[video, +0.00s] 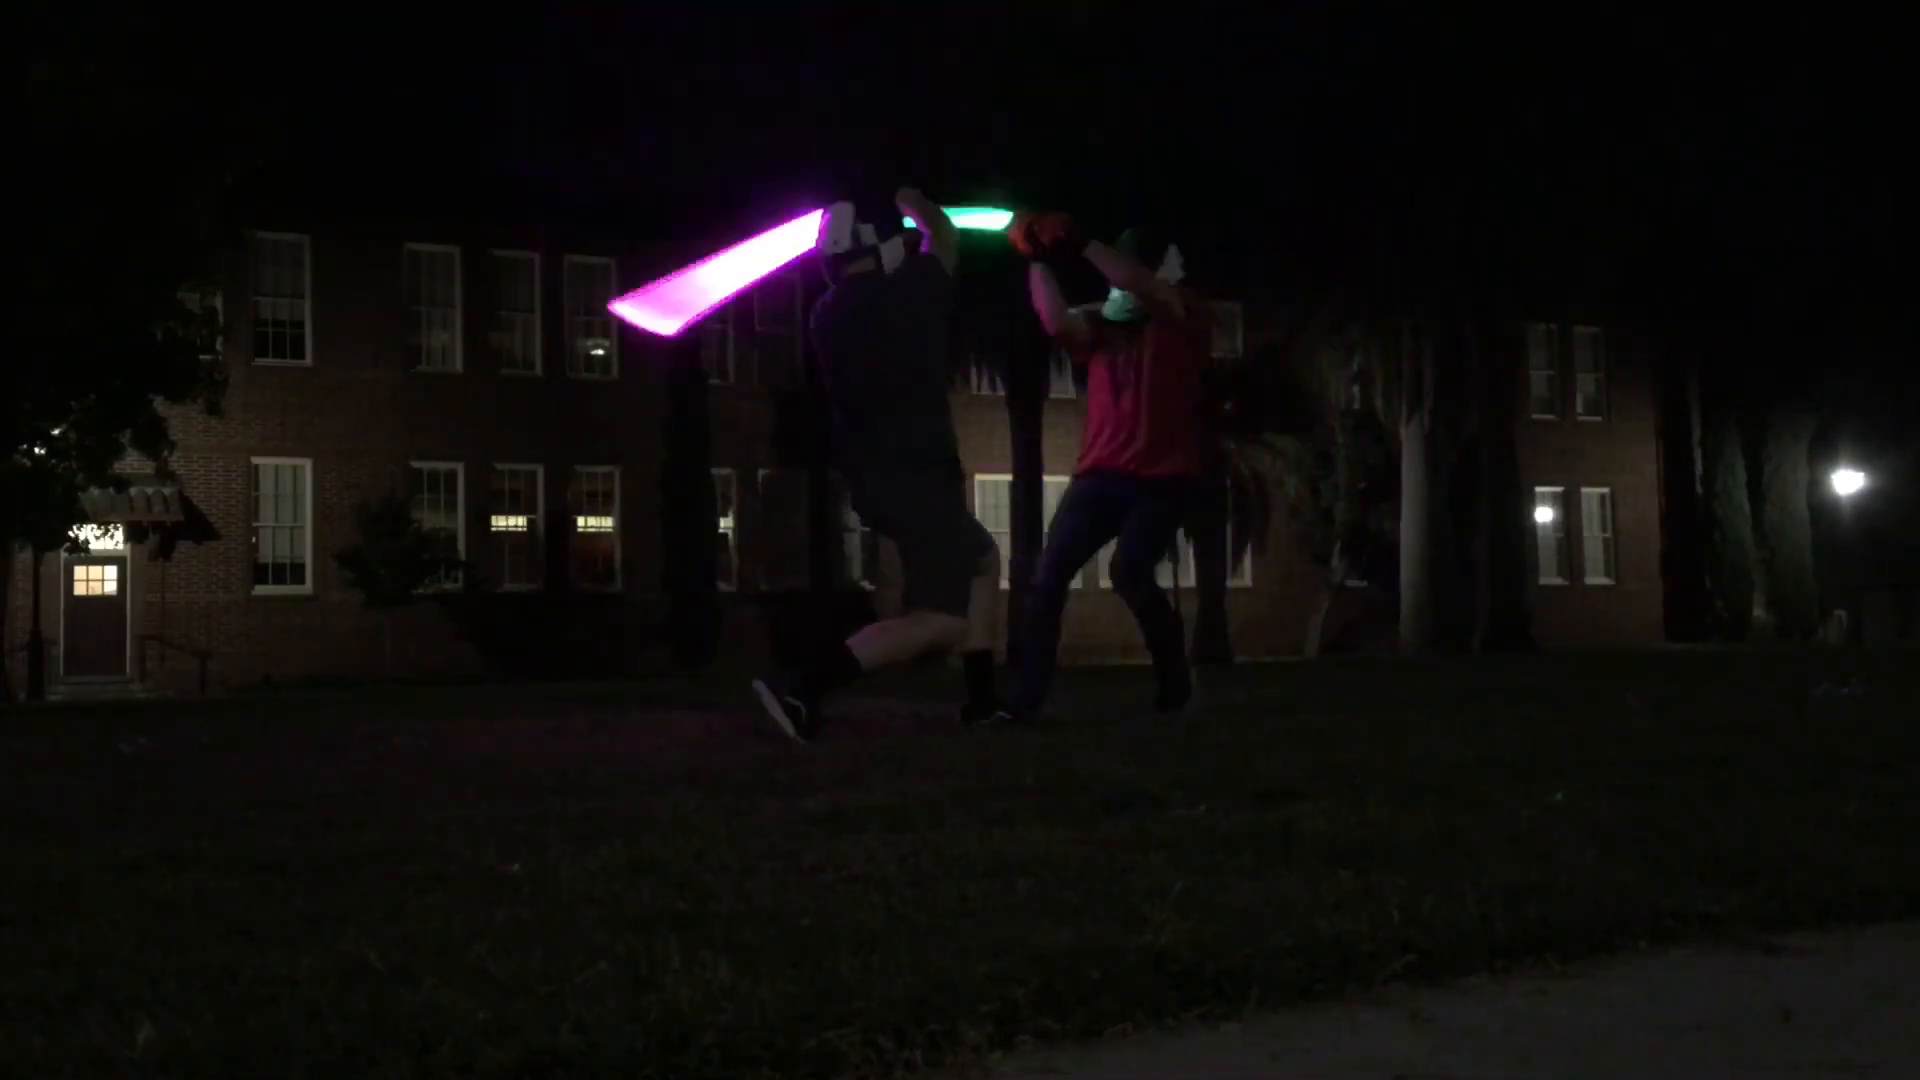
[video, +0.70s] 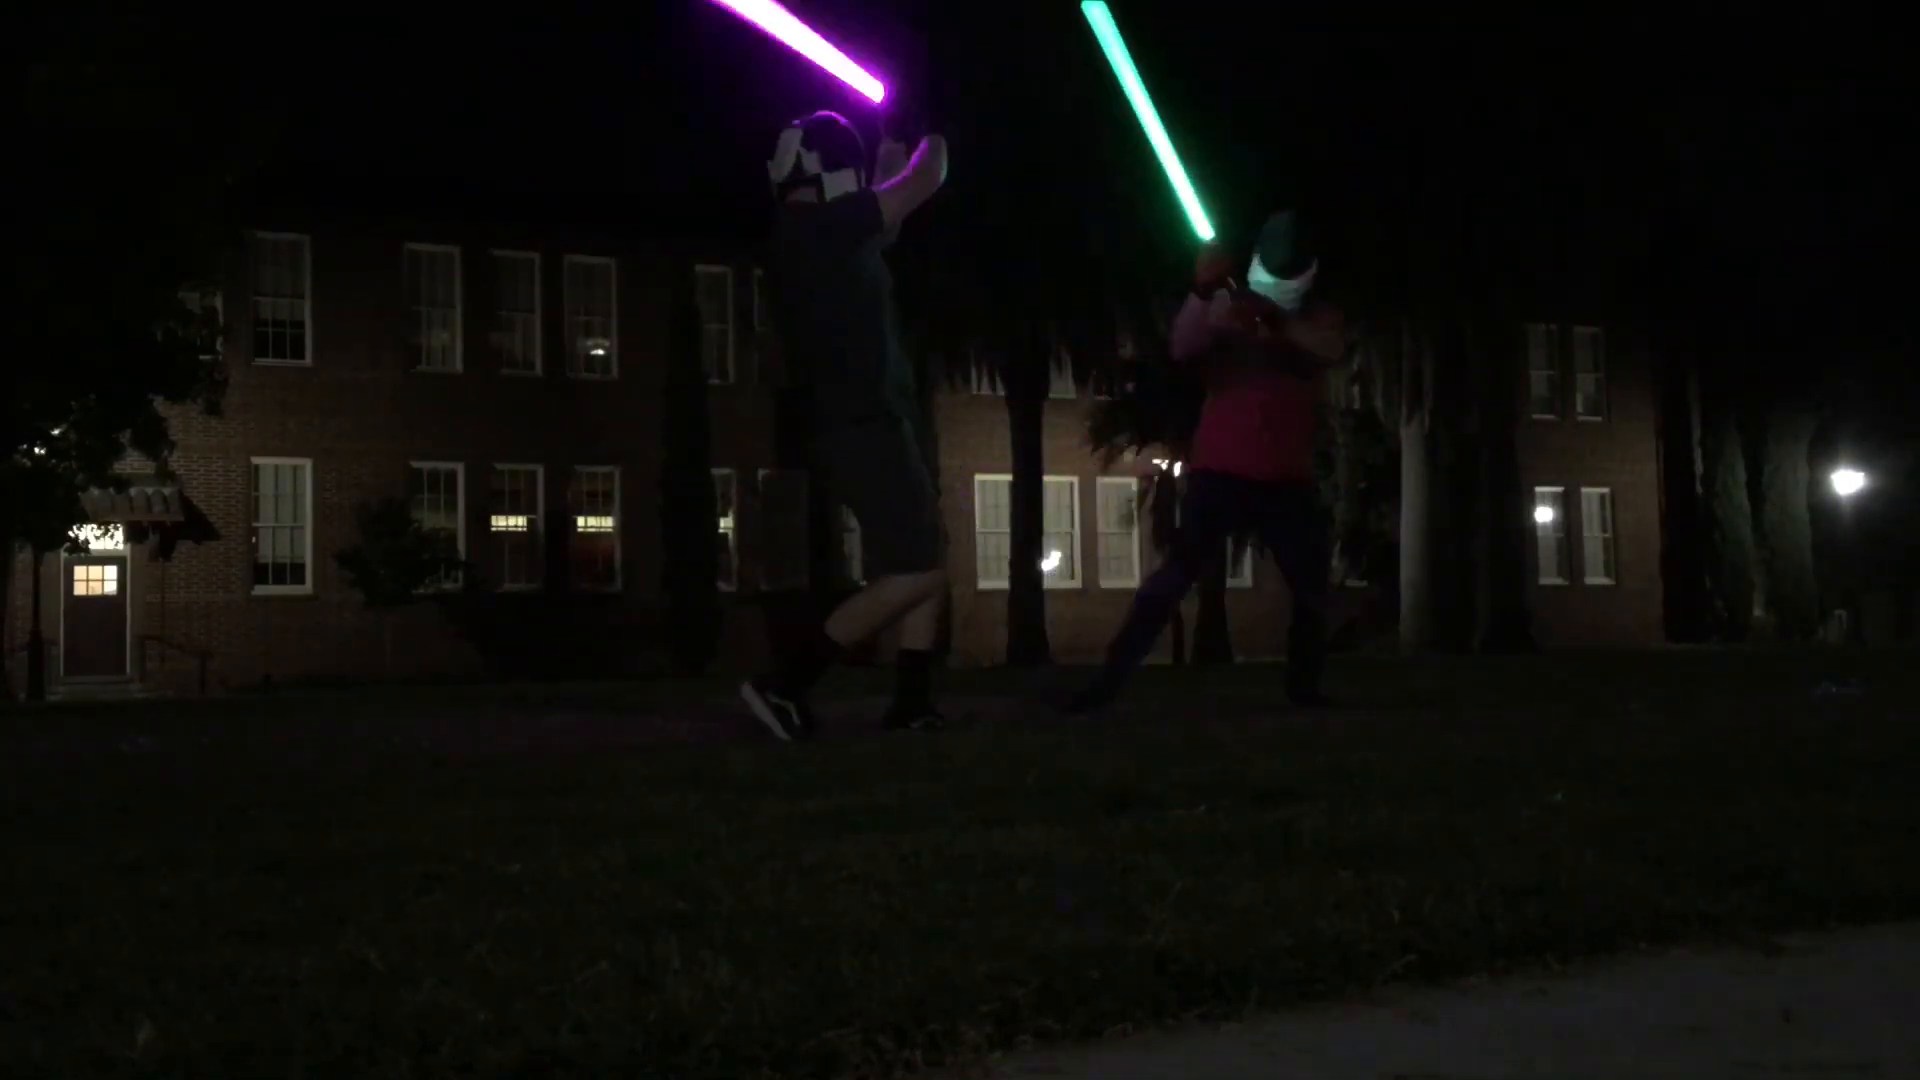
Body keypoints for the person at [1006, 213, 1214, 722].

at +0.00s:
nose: (1126, 290)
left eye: (1135, 280)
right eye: (1121, 280)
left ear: (1159, 279)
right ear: (1111, 280)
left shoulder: (1185, 321)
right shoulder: (1102, 326)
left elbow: (1141, 283)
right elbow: (1055, 321)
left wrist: (1076, 242)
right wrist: (1035, 258)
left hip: (1164, 477)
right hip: (1102, 476)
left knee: (1131, 575)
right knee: (1049, 575)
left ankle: (1176, 685)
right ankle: (1026, 699)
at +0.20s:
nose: (1111, 261)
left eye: (1121, 253)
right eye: (1108, 254)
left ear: (1152, 253)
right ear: (1108, 256)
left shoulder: (1178, 295)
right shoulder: (1103, 296)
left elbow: (1153, 280)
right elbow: (1075, 292)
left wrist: (1098, 241)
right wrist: (1056, 245)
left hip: (1163, 458)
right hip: (1099, 461)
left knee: (1179, 547)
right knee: (1060, 578)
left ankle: (1218, 657)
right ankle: (1026, 695)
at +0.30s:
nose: (1135, 247)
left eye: (1147, 242)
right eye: (1134, 240)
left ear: (1174, 251)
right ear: (1127, 247)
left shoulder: (1193, 296)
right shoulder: (1112, 290)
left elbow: (1163, 273)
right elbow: (1079, 280)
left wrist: (1113, 232)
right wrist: (1063, 232)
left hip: (1169, 467)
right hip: (1103, 466)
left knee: (1228, 557)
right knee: (1068, 578)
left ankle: (1280, 661)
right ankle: (1026, 694)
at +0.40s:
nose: (1178, 273)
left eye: (1188, 263)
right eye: (1171, 262)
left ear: (1209, 266)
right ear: (1160, 266)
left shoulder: (1222, 317)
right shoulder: (1135, 299)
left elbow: (1199, 287)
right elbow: (1094, 298)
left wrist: (1150, 242)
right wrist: (1084, 234)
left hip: (1190, 475)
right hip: (1125, 473)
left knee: (1250, 577)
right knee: (1082, 584)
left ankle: (1310, 680)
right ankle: (1030, 696)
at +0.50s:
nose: (1209, 287)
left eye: (1224, 278)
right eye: (1205, 281)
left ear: (1242, 278)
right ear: (1196, 280)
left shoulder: (1253, 322)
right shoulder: (1168, 311)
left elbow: (1243, 306)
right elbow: (1118, 316)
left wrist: (1191, 266)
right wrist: (1124, 253)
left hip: (1225, 482)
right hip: (1160, 483)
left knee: (1274, 591)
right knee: (1105, 592)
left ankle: (1300, 694)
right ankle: (1036, 694)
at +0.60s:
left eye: (1269, 279)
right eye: (1252, 277)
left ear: (1278, 280)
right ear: (1228, 275)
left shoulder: (1283, 320)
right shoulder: (1204, 312)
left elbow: (1307, 334)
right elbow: (1152, 338)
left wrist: (1233, 304)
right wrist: (1166, 274)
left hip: (1260, 484)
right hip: (1194, 483)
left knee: (1298, 595)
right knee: (1139, 585)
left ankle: (1304, 694)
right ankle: (1054, 690)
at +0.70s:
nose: (1278, 302)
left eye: (1290, 295)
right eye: (1268, 293)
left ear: (1306, 284)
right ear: (1252, 279)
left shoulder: (1315, 317)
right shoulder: (1230, 312)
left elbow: (1333, 350)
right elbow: (1183, 349)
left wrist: (1278, 324)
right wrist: (1204, 295)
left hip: (1286, 479)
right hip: (1218, 475)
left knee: (1312, 589)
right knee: (1175, 578)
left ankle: (1304, 688)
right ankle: (1107, 683)